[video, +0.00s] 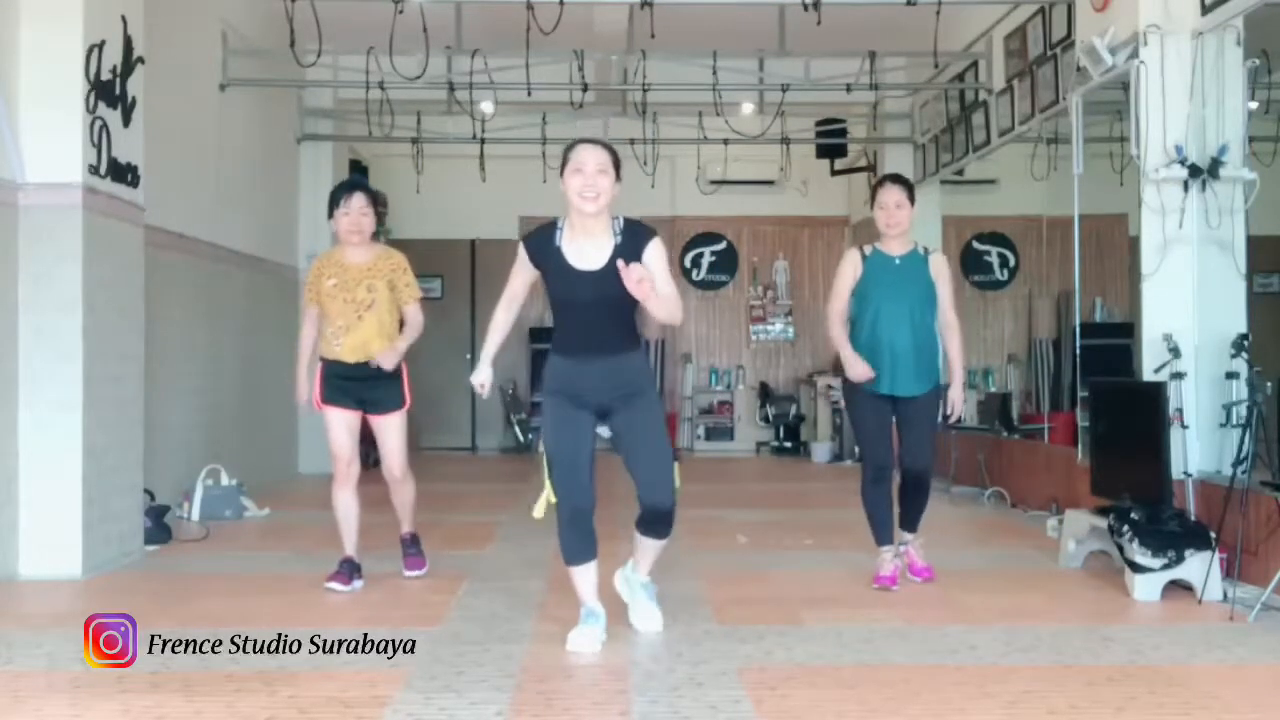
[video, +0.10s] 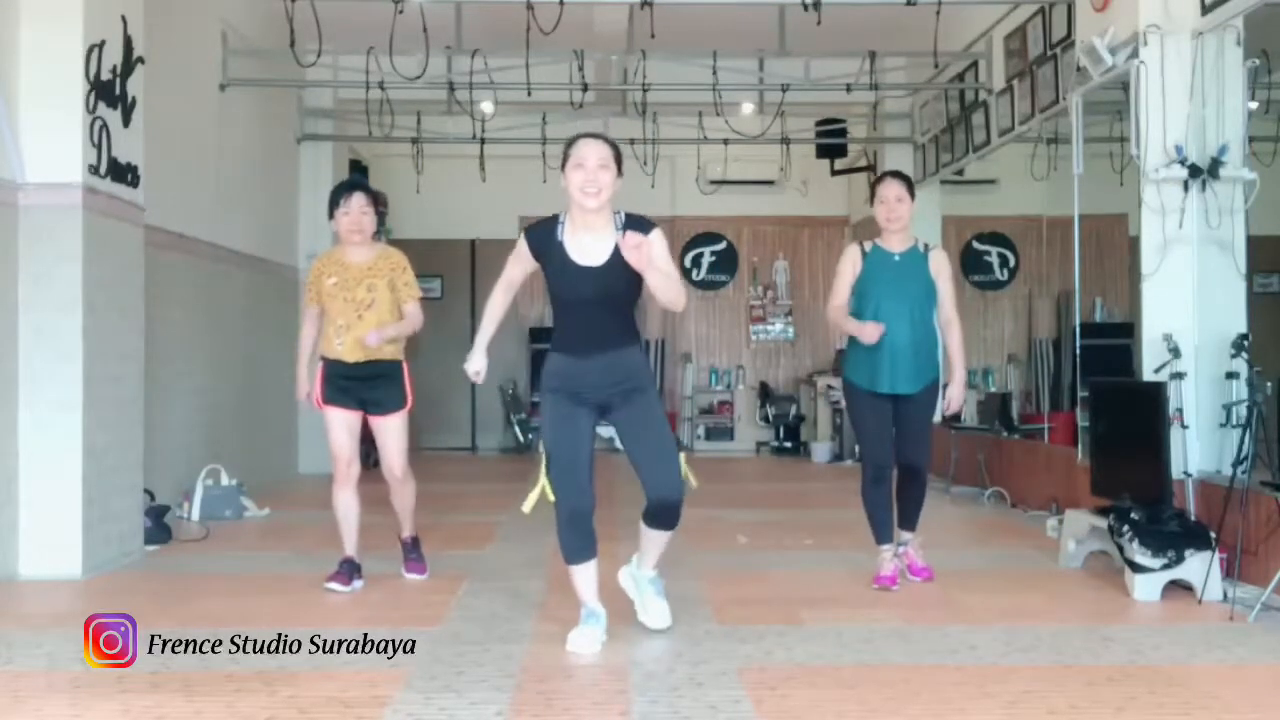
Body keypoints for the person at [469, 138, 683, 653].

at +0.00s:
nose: (589, 180)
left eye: (600, 172)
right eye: (579, 171)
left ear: (616, 183)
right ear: (562, 182)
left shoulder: (642, 242)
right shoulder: (539, 245)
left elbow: (675, 315)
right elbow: (508, 306)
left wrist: (646, 296)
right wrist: (485, 361)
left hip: (632, 386)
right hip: (565, 389)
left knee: (661, 499)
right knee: (574, 503)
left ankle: (637, 576)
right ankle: (590, 611)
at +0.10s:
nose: (591, 176)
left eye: (602, 167)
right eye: (580, 167)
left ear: (618, 178)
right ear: (563, 177)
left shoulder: (642, 233)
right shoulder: (540, 237)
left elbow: (677, 301)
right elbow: (505, 288)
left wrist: (646, 267)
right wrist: (479, 348)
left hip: (630, 382)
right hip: (565, 386)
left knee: (668, 492)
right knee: (572, 503)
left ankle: (643, 573)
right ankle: (591, 612)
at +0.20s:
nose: (592, 161)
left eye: (603, 151)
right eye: (582, 151)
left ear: (619, 160)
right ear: (564, 160)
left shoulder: (640, 208)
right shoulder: (542, 216)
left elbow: (678, 270)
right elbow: (505, 262)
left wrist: (652, 250)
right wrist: (485, 327)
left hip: (632, 365)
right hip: (568, 368)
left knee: (652, 488)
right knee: (578, 493)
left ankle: (651, 589)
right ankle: (590, 609)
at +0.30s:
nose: (594, 163)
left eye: (605, 153)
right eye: (583, 153)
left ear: (620, 161)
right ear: (566, 161)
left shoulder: (637, 202)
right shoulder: (543, 217)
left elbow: (664, 248)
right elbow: (509, 269)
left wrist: (668, 288)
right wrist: (491, 336)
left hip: (634, 361)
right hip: (571, 366)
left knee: (642, 487)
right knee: (577, 492)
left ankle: (647, 594)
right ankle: (591, 609)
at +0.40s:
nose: (592, 168)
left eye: (603, 159)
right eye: (581, 158)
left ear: (618, 169)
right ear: (564, 166)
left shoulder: (639, 220)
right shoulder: (540, 232)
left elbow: (667, 290)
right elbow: (519, 302)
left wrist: (680, 353)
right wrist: (504, 364)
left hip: (630, 367)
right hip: (566, 370)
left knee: (649, 492)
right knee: (575, 497)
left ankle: (648, 586)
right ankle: (590, 610)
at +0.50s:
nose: (589, 180)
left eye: (600, 171)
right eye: (579, 171)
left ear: (616, 182)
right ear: (562, 180)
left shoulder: (640, 238)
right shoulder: (537, 247)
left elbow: (666, 317)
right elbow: (519, 320)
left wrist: (685, 391)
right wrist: (514, 377)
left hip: (627, 379)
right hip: (561, 381)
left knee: (662, 492)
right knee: (567, 505)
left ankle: (651, 573)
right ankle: (589, 611)